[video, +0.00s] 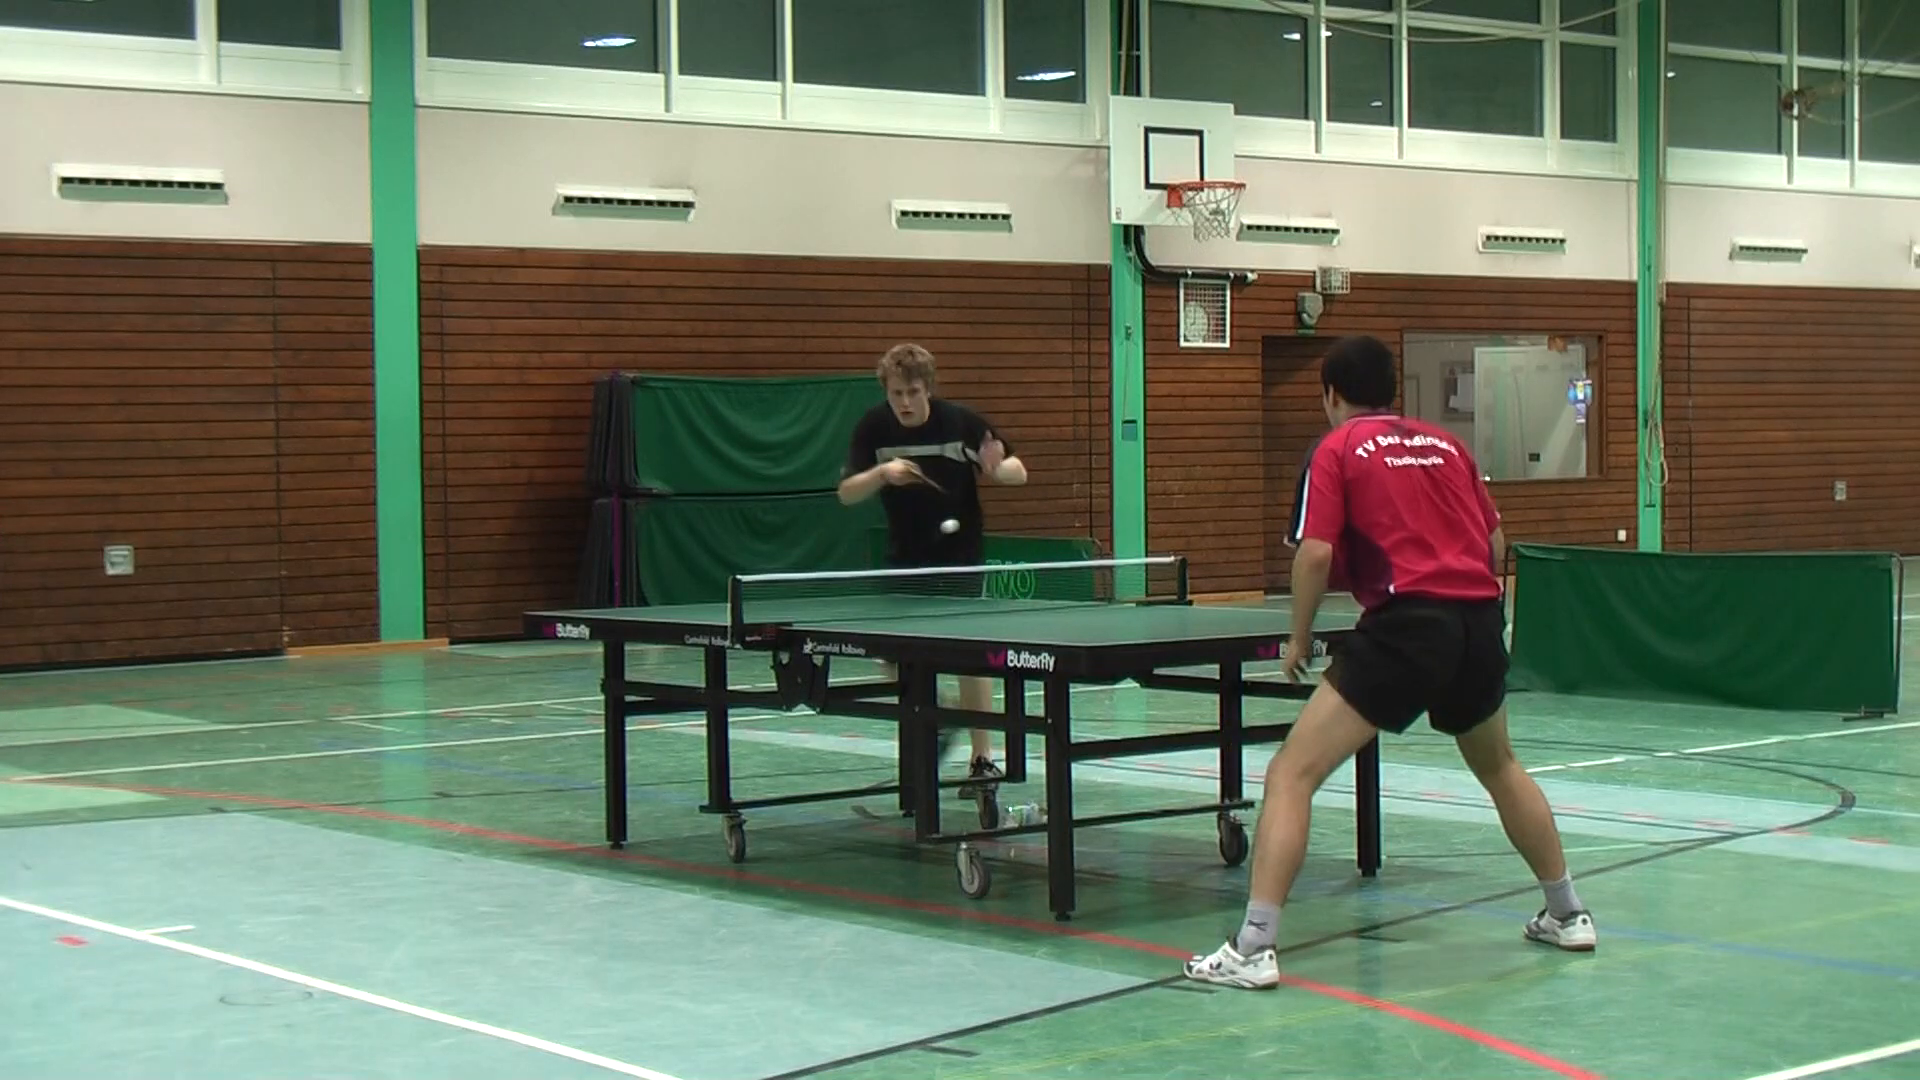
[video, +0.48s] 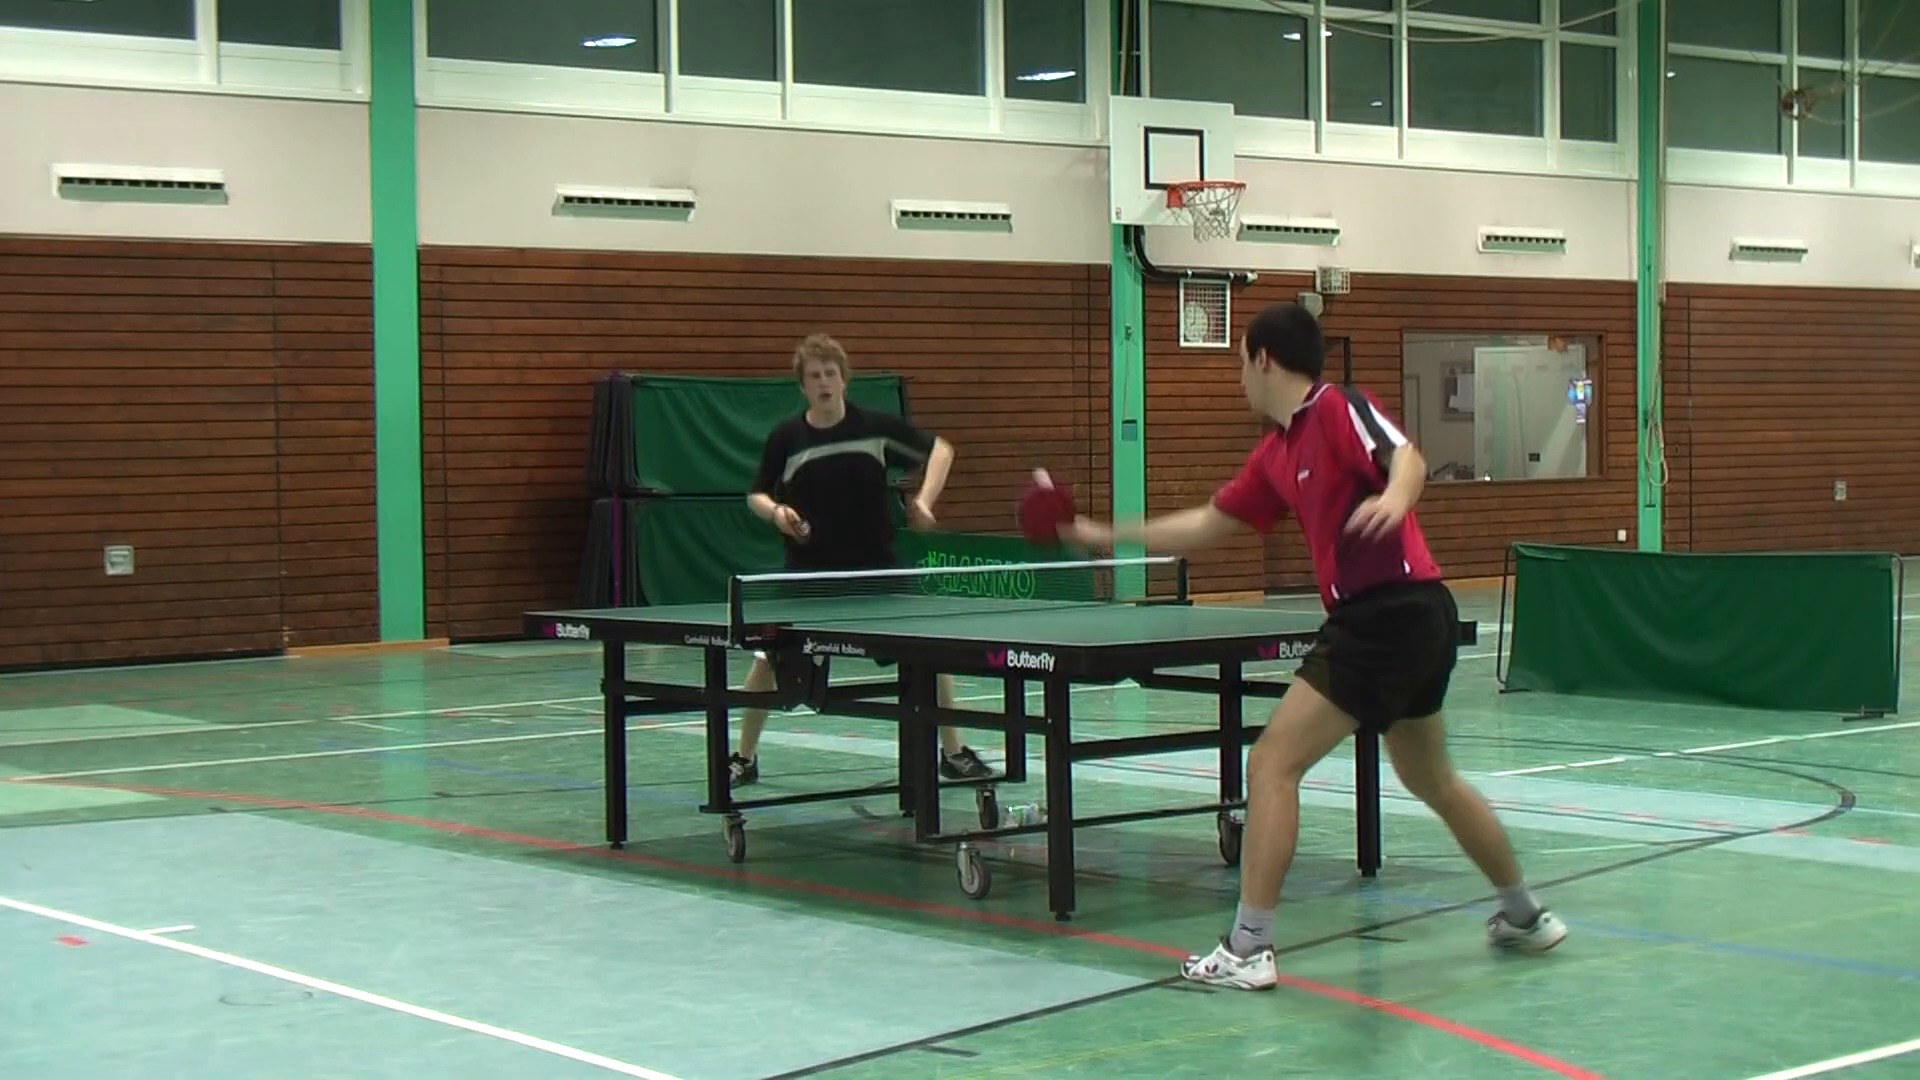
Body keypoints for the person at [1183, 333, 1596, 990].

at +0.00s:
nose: (1323, 406)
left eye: (1323, 397)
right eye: (1325, 397)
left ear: (1335, 396)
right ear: (1389, 393)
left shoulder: (1336, 449)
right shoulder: (1446, 442)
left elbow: (1316, 553)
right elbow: (1492, 542)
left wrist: (1299, 640)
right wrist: (1476, 619)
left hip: (1405, 627)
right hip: (1480, 627)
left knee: (1294, 773)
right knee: (1501, 766)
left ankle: (1253, 945)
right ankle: (1568, 913)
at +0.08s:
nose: (1320, 403)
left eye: (1319, 392)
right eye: (1322, 392)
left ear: (1331, 390)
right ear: (1386, 389)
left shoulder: (1343, 445)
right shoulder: (1445, 440)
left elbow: (1324, 553)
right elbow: (1490, 538)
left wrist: (1286, 634)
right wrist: (1467, 609)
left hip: (1404, 628)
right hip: (1479, 627)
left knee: (1290, 772)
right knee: (1500, 766)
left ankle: (1251, 943)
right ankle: (1567, 912)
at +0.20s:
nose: (1295, 411)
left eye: (1292, 398)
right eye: (1292, 400)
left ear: (1309, 391)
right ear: (1356, 385)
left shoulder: (1352, 442)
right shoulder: (1402, 435)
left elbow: (1352, 554)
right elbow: (1419, 541)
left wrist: (1287, 639)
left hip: (1412, 635)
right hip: (1475, 628)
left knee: (1288, 769)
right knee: (1484, 765)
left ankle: (1251, 945)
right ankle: (1566, 910)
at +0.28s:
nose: (1265, 402)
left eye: (1266, 388)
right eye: (1266, 389)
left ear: (1286, 389)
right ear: (1320, 384)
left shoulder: (1353, 436)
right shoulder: (1340, 448)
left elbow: (1375, 535)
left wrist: (1306, 628)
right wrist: (1248, 620)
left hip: (1411, 636)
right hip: (1457, 629)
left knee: (1283, 768)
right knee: (1474, 770)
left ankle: (1251, 947)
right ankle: (1564, 907)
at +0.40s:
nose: (1242, 393)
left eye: (1243, 378)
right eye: (1241, 379)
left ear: (1267, 373)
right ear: (1292, 373)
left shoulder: (1346, 420)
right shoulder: (1285, 464)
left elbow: (1398, 488)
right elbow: (1236, 555)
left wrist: (1361, 553)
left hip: (1392, 623)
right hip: (1424, 620)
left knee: (1275, 764)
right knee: (1452, 774)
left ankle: (1249, 948)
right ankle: (1544, 907)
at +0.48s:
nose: (1239, 376)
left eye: (1243, 362)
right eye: (1242, 362)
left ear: (1264, 361)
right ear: (1289, 361)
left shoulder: (1339, 407)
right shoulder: (1275, 455)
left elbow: (1408, 458)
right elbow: (1207, 523)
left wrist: (1393, 500)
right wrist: (1103, 535)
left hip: (1382, 616)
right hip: (1415, 614)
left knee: (1274, 761)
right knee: (1429, 773)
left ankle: (1248, 948)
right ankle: (1525, 914)